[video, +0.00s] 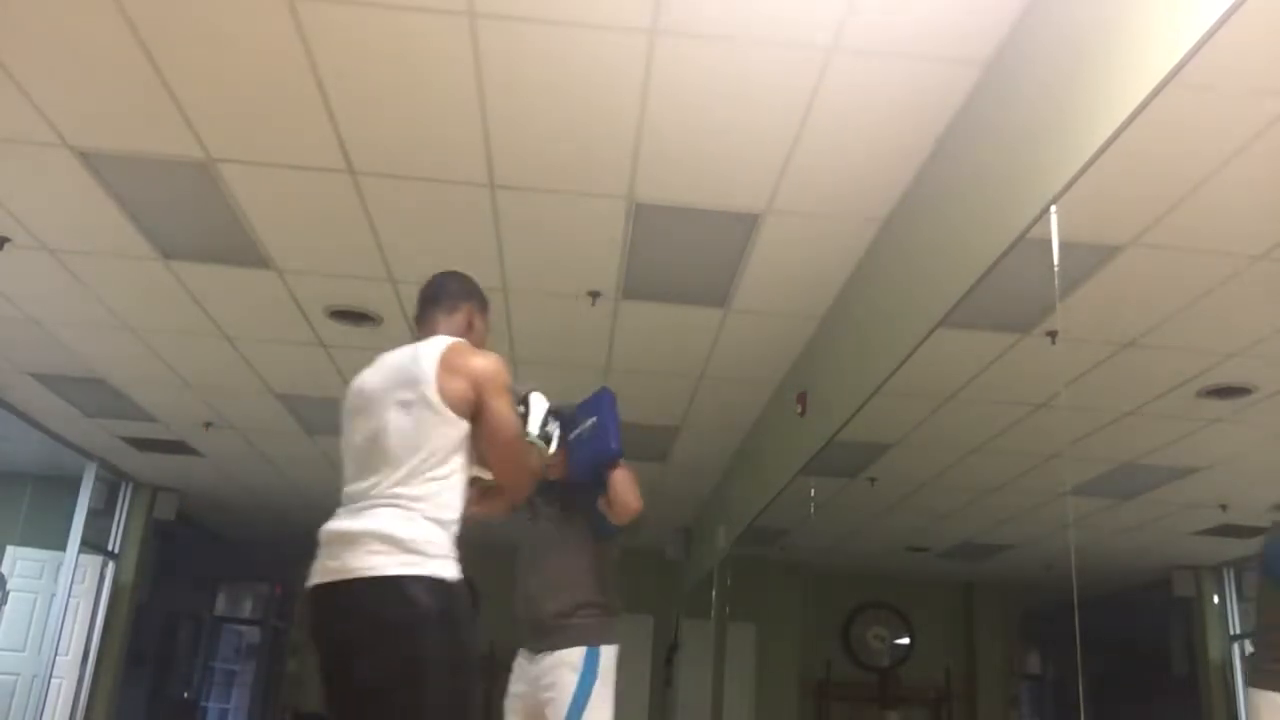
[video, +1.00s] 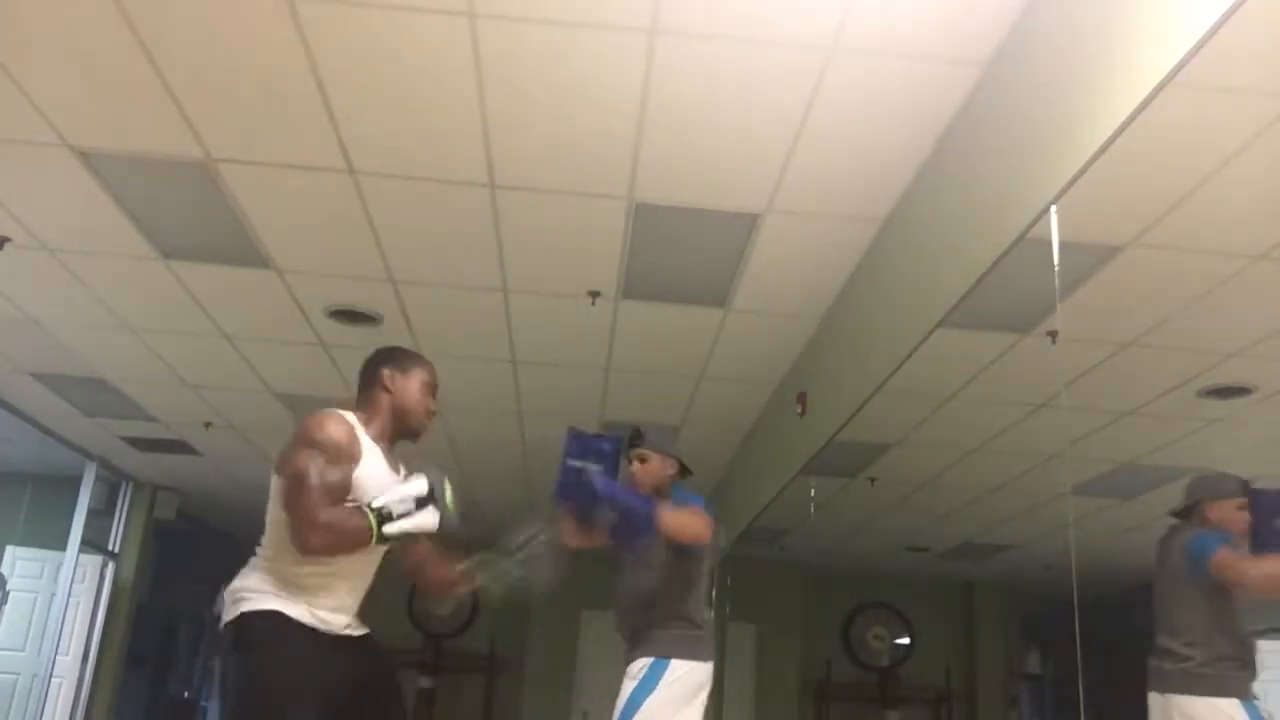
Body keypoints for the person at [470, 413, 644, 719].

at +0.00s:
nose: (549, 453)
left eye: (558, 443)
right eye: (544, 442)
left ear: (577, 447)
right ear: (536, 448)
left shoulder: (590, 495)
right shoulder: (533, 492)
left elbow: (628, 506)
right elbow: (476, 502)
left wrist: (606, 452)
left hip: (580, 650)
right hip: (532, 649)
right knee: (518, 712)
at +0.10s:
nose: (565, 449)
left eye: (574, 439)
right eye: (557, 440)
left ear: (590, 444)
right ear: (548, 447)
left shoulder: (602, 491)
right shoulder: (543, 493)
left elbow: (636, 504)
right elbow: (492, 499)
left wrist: (617, 447)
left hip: (592, 648)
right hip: (548, 647)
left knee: (581, 713)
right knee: (542, 713)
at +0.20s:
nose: (575, 455)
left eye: (584, 445)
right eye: (570, 446)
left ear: (601, 449)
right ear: (564, 450)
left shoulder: (615, 497)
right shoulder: (560, 499)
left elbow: (646, 503)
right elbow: (506, 509)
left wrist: (627, 450)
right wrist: (521, 460)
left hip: (604, 648)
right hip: (570, 645)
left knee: (576, 712)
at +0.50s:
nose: (588, 463)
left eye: (596, 453)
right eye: (585, 455)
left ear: (615, 455)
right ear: (581, 459)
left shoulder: (637, 502)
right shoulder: (589, 509)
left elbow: (653, 507)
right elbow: (523, 525)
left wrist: (633, 453)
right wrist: (541, 466)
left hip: (635, 649)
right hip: (608, 647)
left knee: (596, 712)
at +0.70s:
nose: (596, 463)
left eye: (604, 452)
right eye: (593, 454)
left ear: (622, 455)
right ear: (589, 459)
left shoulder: (645, 502)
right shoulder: (600, 509)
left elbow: (656, 505)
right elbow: (537, 525)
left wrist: (636, 451)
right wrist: (557, 462)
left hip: (645, 650)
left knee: (605, 712)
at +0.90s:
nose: (625, 458)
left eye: (634, 451)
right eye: (624, 451)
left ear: (659, 460)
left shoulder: (678, 498)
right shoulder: (621, 509)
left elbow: (658, 503)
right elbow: (558, 530)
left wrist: (610, 455)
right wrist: (567, 468)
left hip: (662, 656)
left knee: (618, 713)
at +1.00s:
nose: (632, 469)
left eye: (642, 460)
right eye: (630, 461)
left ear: (670, 467)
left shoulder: (685, 502)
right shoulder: (635, 514)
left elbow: (700, 531)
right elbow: (575, 538)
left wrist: (626, 500)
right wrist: (573, 490)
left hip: (674, 655)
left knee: (632, 713)